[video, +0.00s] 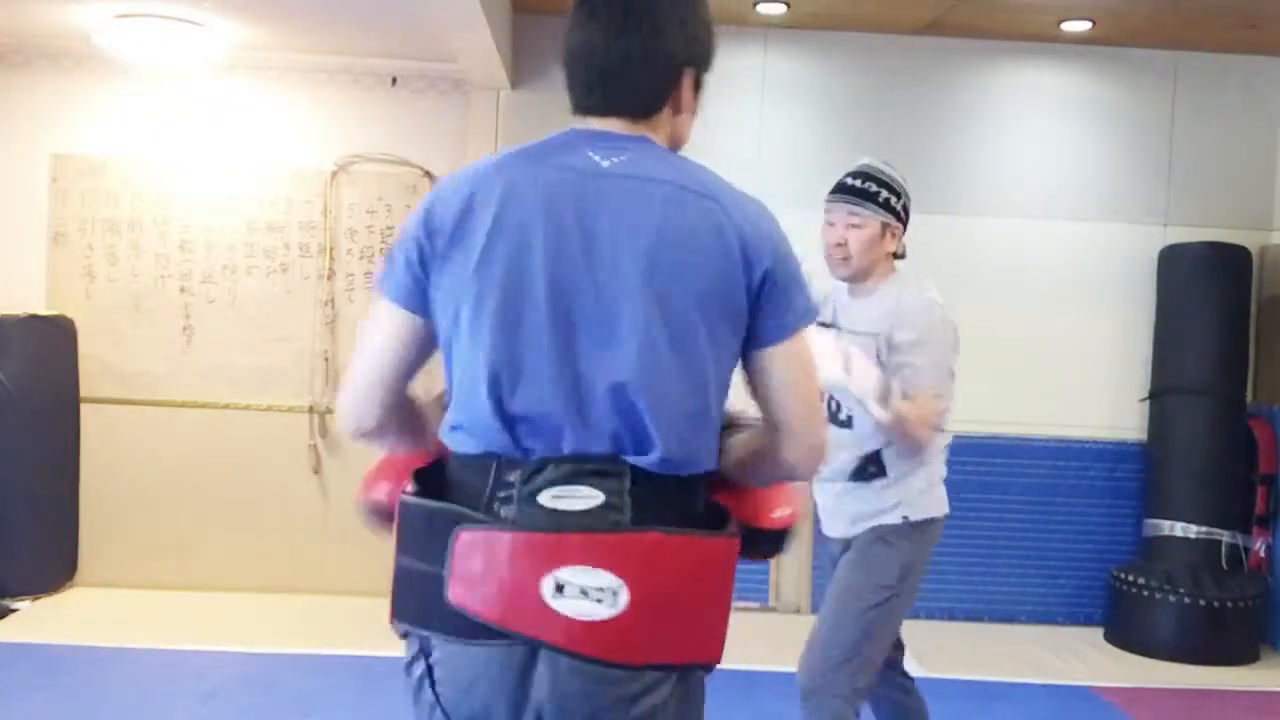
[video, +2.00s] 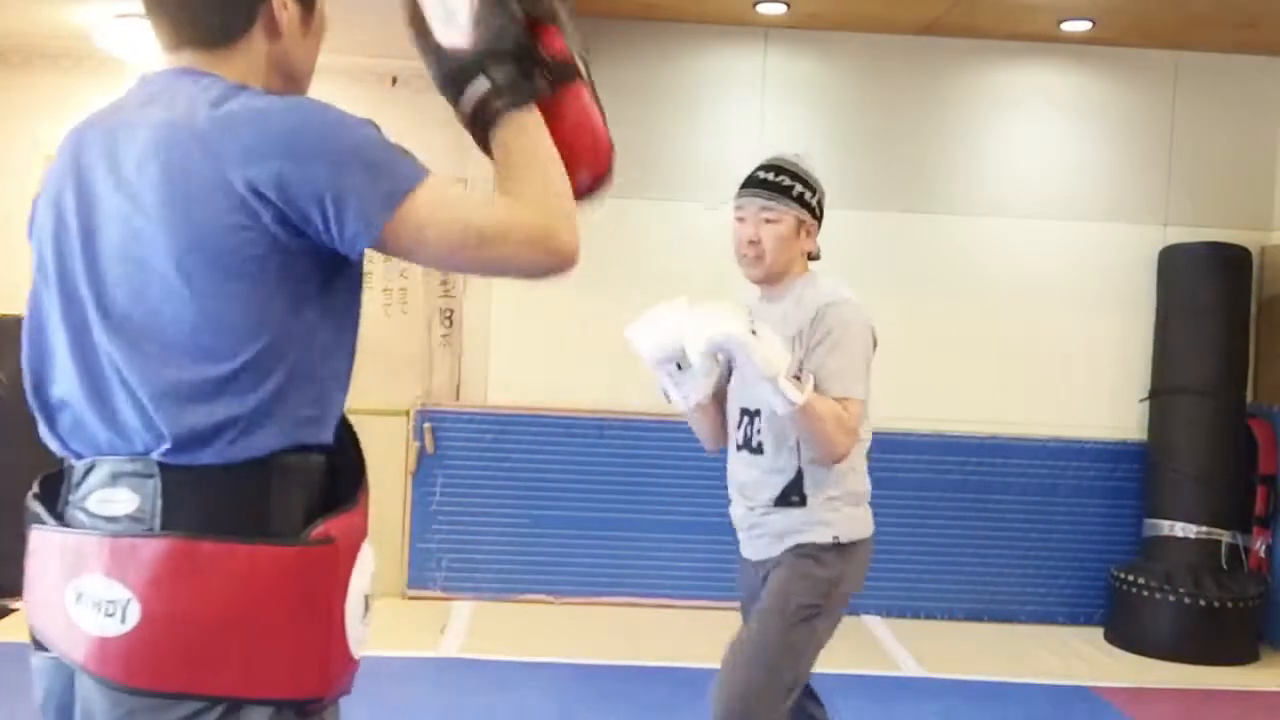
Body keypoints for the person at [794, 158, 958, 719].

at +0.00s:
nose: (837, 238)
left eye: (855, 226)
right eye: (831, 223)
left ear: (892, 237)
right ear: (822, 226)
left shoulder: (919, 312)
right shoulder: (818, 299)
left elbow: (922, 431)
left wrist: (870, 390)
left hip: (900, 513)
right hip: (835, 509)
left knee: (824, 676)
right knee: (876, 671)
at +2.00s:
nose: (751, 235)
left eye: (770, 220)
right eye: (742, 219)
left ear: (808, 235)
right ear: (731, 227)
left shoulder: (838, 316)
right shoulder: (741, 317)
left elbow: (834, 444)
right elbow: (718, 438)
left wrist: (782, 377)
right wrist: (690, 385)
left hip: (823, 540)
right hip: (756, 540)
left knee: (742, 699)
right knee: (778, 692)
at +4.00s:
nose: (702, 218)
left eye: (712, 199)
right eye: (704, 199)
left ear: (756, 205)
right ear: (784, 209)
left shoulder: (741, 298)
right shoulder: (868, 300)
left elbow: (697, 451)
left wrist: (625, 375)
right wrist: (709, 331)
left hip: (773, 620)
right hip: (876, 610)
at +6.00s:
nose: (626, 208)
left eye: (629, 196)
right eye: (630, 196)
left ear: (642, 204)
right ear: (704, 212)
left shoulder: (602, 289)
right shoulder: (745, 309)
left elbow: (562, 418)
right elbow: (745, 434)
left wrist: (539, 371)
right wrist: (686, 391)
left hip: (607, 536)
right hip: (701, 536)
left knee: (571, 698)